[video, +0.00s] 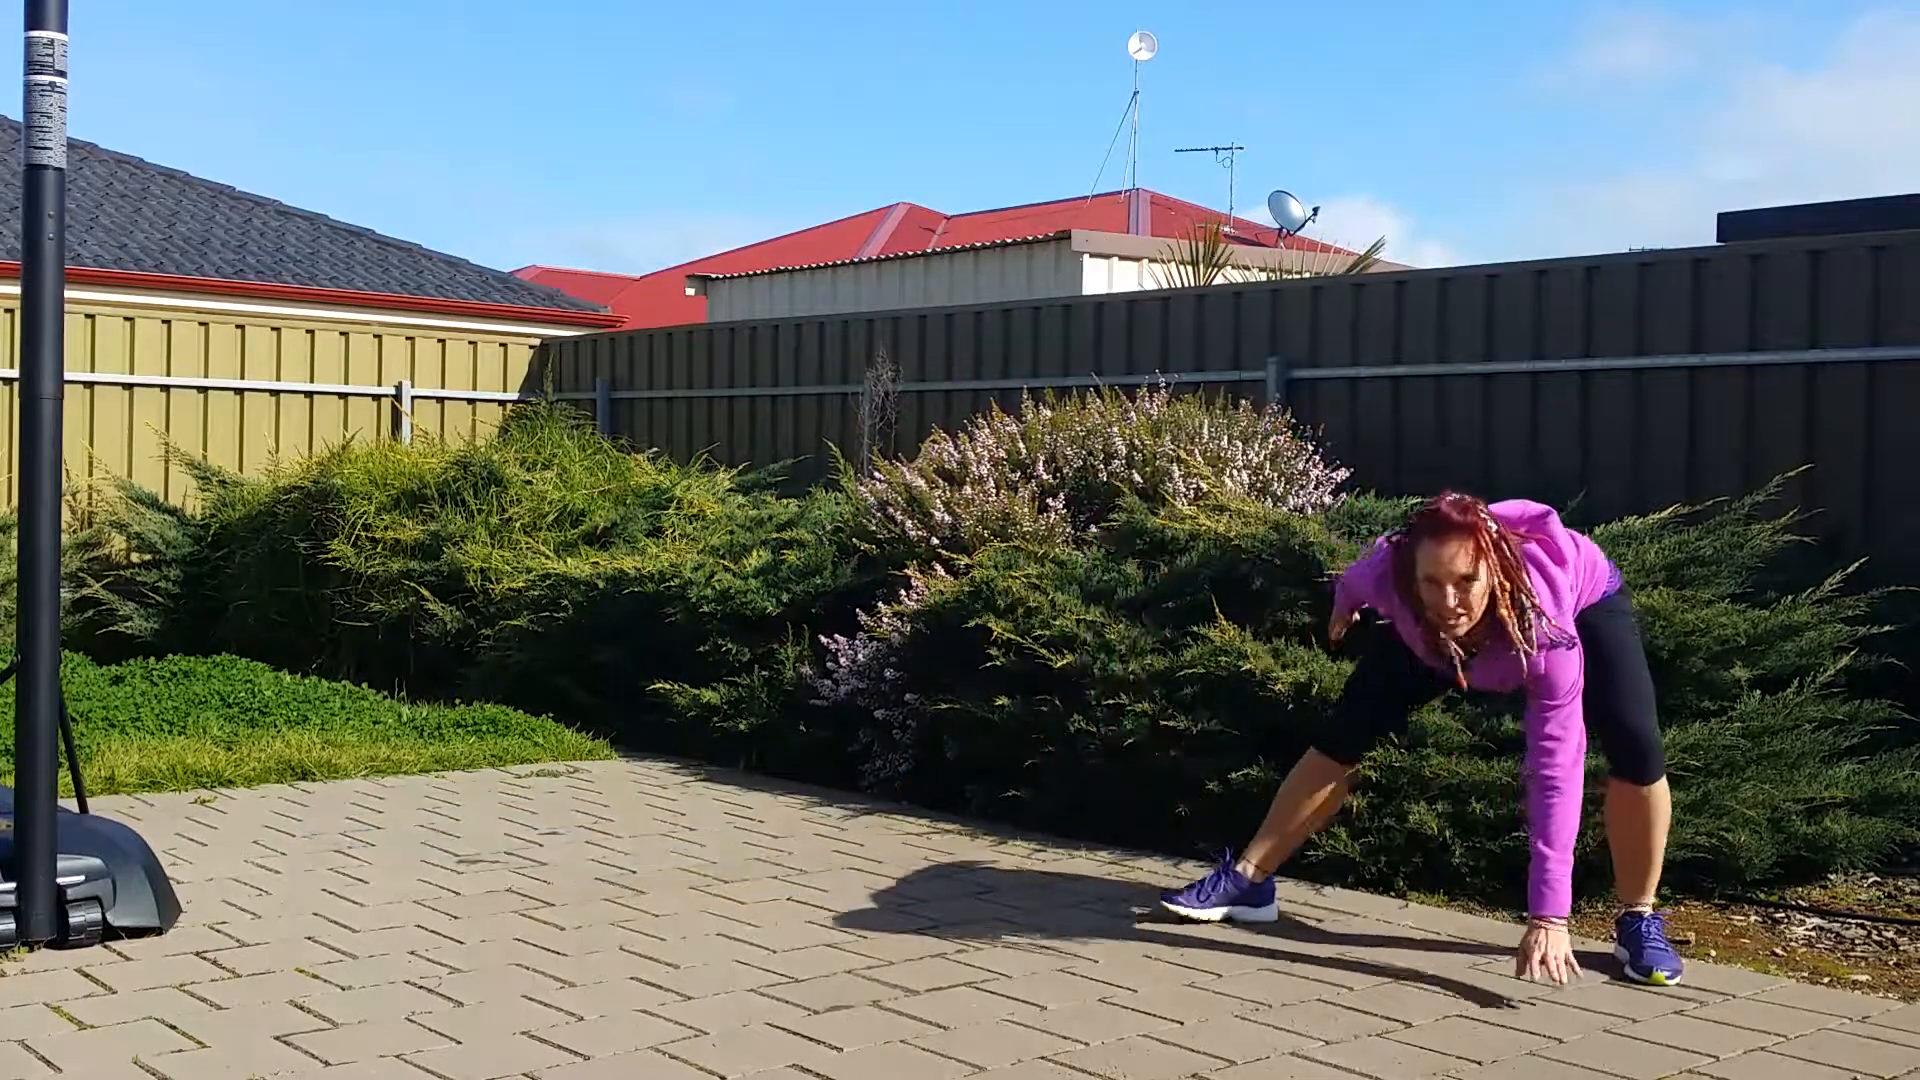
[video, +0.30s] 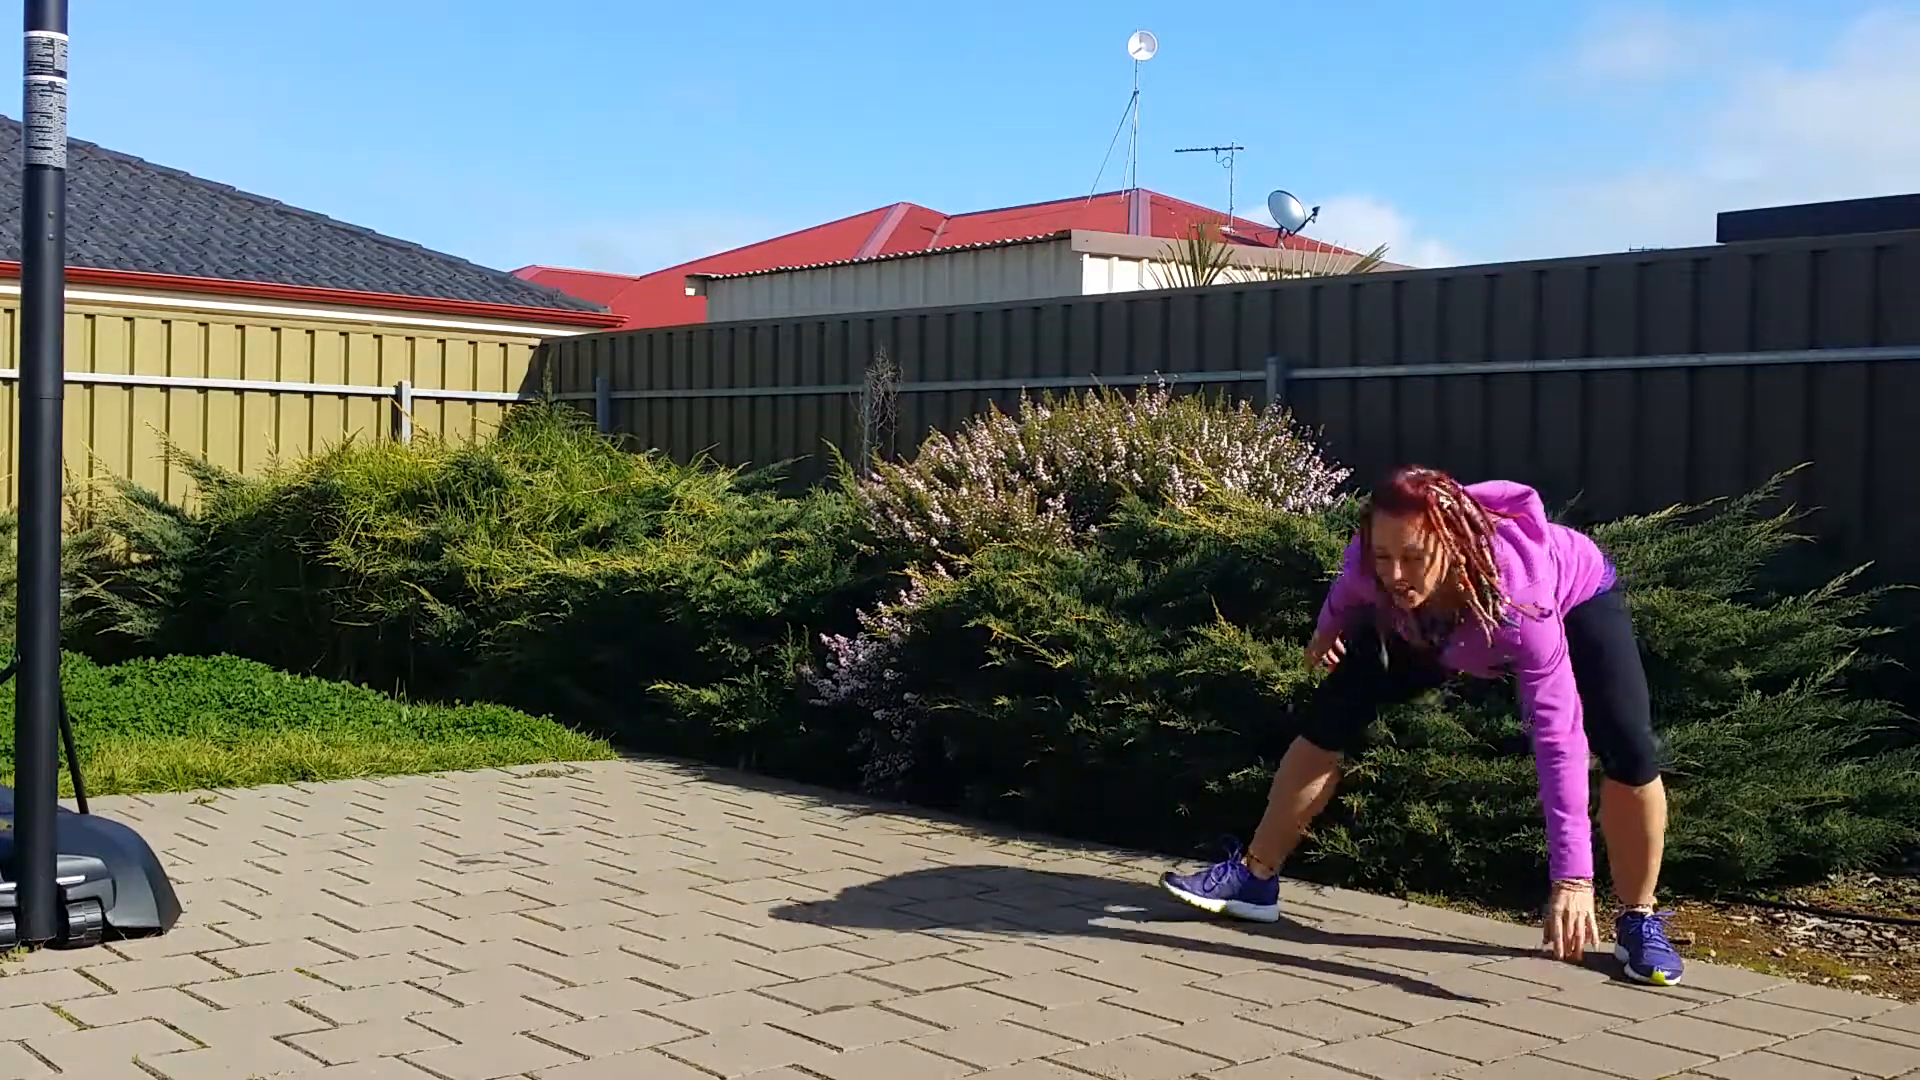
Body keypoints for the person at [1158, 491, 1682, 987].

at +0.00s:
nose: (1448, 599)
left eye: (1464, 581)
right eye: (1431, 581)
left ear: (1493, 573)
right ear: (1408, 570)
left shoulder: (1547, 625)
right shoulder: (1390, 572)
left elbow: (1554, 771)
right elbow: (1353, 583)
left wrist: (1546, 917)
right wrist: (1337, 609)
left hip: (1575, 606)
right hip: (1434, 627)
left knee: (1639, 746)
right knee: (1347, 732)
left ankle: (1640, 922)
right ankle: (1246, 878)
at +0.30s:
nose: (1393, 573)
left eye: (1411, 558)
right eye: (1381, 556)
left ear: (1449, 550)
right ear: (1366, 544)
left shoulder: (1518, 594)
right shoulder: (1373, 552)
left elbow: (1557, 736)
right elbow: (1354, 578)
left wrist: (1572, 877)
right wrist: (1330, 621)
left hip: (1571, 604)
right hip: (1445, 615)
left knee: (1632, 749)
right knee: (1333, 710)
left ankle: (1641, 922)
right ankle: (1255, 876)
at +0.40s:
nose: (1321, 532)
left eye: (1338, 518)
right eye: (1317, 516)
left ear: (1381, 514)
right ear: (1312, 512)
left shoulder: (1465, 556)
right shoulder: (1331, 545)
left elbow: (1532, 684)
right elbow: (1315, 589)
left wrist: (1555, 803)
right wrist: (1290, 635)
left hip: (1529, 597)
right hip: (1415, 610)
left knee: (1600, 752)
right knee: (1290, 710)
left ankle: (1637, 920)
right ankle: (1251, 879)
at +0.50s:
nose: (1249, 481)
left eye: (1263, 469)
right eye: (1248, 466)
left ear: (1312, 472)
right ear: (1249, 462)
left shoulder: (1392, 509)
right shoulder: (1263, 503)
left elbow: (1473, 602)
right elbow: (1255, 567)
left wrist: (1521, 695)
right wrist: (1218, 634)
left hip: (1460, 595)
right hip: (1356, 602)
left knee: (1541, 736)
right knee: (1244, 699)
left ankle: (1630, 918)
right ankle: (1244, 880)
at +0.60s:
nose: (1178, 424)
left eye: (1191, 412)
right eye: (1176, 409)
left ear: (1237, 412)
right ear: (1185, 409)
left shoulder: (1320, 455)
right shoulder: (1188, 459)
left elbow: (1403, 530)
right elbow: (1182, 531)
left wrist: (1476, 600)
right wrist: (1141, 609)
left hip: (1370, 579)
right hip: (1263, 584)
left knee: (1456, 722)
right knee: (1200, 707)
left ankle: (1570, 893)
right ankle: (1241, 883)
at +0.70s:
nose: (1127, 371)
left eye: (1140, 357)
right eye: (1127, 357)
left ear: (1184, 358)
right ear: (1148, 358)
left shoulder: (1267, 406)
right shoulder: (1147, 417)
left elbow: (1346, 485)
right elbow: (1121, 488)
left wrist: (1428, 556)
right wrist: (1071, 555)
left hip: (1309, 534)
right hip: (1215, 542)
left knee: (1347, 687)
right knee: (1177, 680)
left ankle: (1370, 863)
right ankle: (1227, 863)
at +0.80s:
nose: (1082, 348)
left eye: (1094, 334)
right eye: (1084, 333)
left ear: (1137, 339)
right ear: (1108, 337)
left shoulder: (1227, 392)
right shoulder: (1099, 388)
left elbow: (1306, 474)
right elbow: (1078, 460)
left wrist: (1382, 554)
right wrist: (1023, 525)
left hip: (1256, 516)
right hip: (1164, 513)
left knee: (1243, 656)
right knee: (1103, 638)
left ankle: (1207, 843)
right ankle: (1146, 817)